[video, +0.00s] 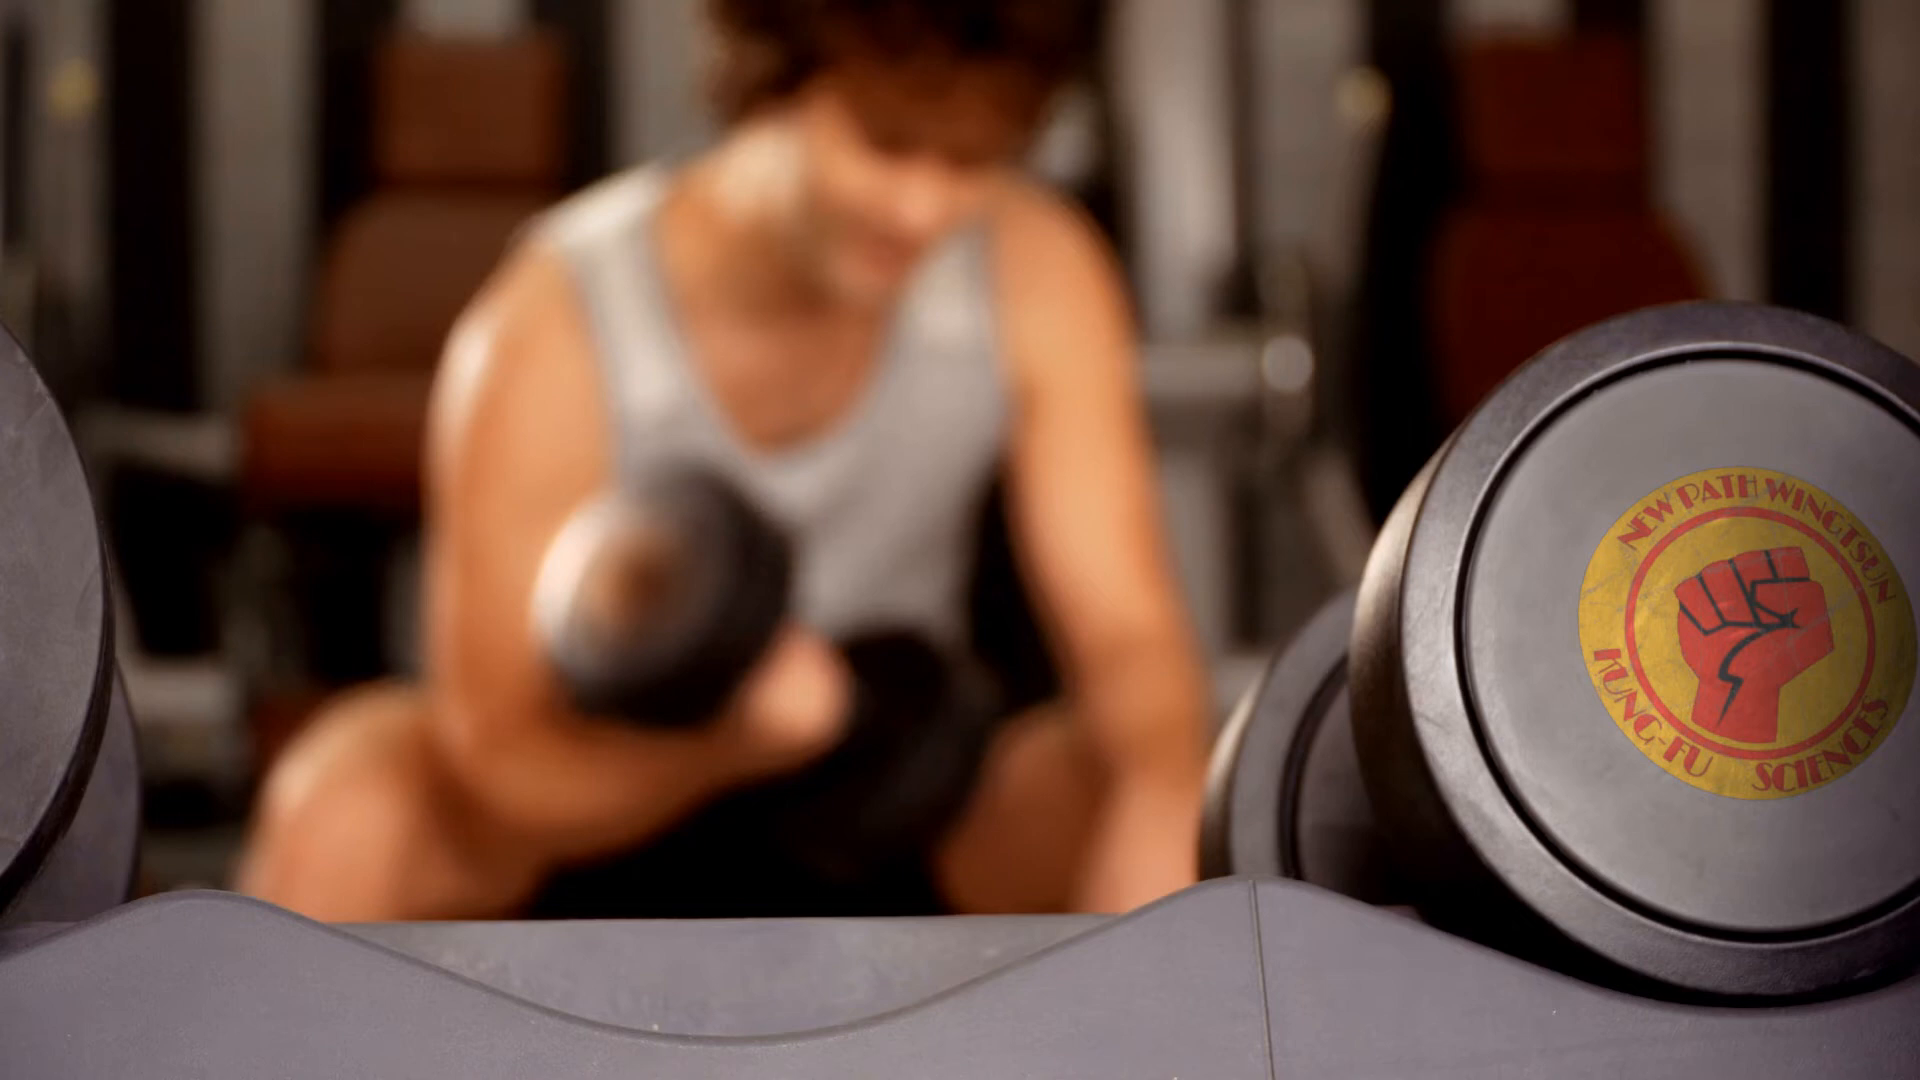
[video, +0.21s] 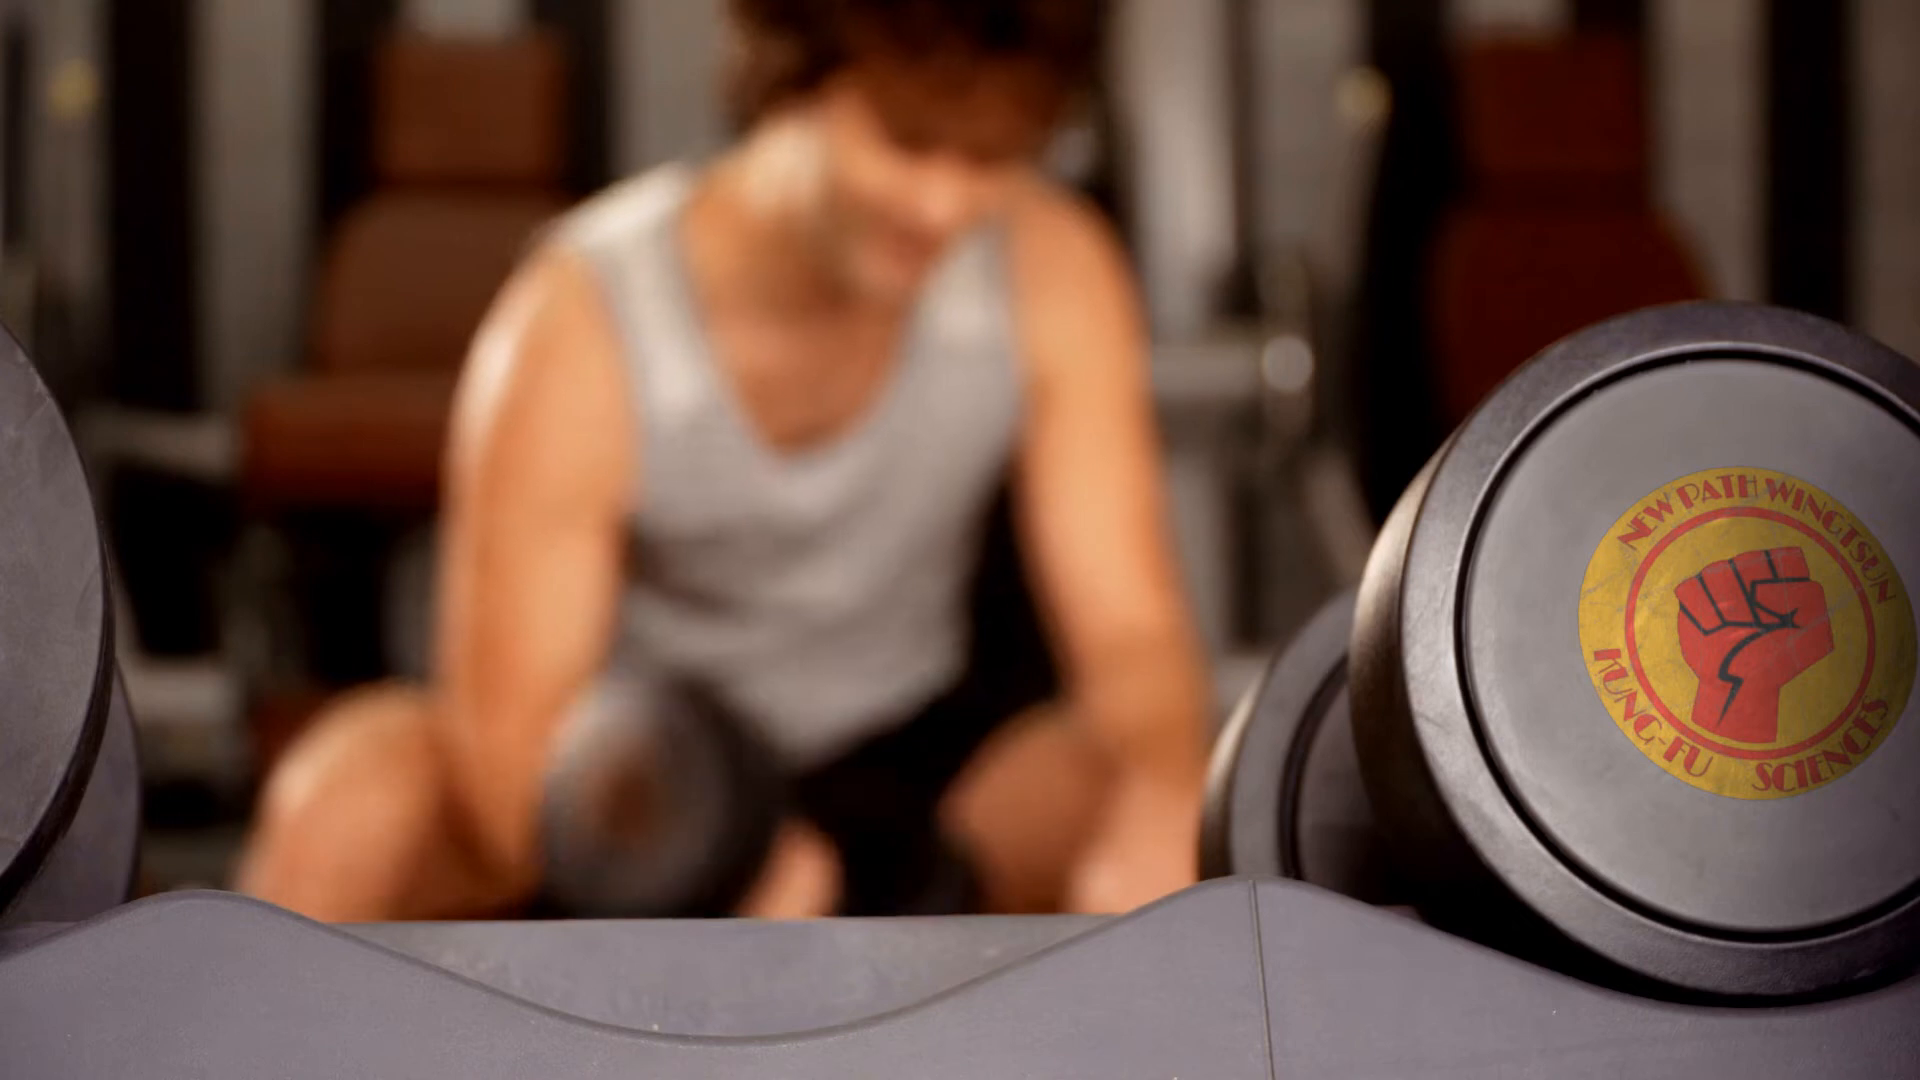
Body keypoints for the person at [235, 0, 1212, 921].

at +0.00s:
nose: (923, 208)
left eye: (974, 162)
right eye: (887, 143)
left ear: (1020, 147)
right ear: (776, 78)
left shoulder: (1030, 263)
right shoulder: (549, 325)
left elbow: (1131, 647)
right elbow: (513, 775)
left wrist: (1154, 836)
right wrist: (742, 738)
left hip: (885, 793)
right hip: (596, 806)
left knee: (1165, 798)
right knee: (345, 800)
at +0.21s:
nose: (944, 205)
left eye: (994, 159)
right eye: (908, 143)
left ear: (1039, 142)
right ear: (796, 81)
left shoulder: (1045, 262)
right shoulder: (580, 314)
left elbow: (1131, 640)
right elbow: (512, 765)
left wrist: (1154, 820)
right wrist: (742, 873)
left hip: (909, 776)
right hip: (624, 773)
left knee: (1172, 794)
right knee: (347, 789)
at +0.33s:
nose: (957, 214)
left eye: (1005, 166)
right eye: (923, 152)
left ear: (1045, 148)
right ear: (811, 92)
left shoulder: (1054, 267)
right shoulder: (599, 313)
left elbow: (1135, 655)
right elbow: (510, 778)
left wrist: (1153, 834)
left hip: (901, 780)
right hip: (623, 787)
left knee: (1157, 811)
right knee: (351, 792)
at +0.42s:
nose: (968, 221)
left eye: (1012, 173)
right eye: (932, 159)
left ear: (1053, 153)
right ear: (818, 102)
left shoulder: (1062, 270)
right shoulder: (612, 323)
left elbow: (1135, 658)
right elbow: (513, 793)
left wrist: (1151, 827)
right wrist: (619, 1049)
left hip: (901, 783)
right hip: (626, 793)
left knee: (1156, 822)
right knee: (356, 792)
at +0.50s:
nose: (976, 231)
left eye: (1016, 182)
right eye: (938, 170)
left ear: (1056, 158)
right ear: (828, 113)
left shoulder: (1064, 270)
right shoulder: (623, 333)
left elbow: (1135, 651)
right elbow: (520, 815)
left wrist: (1152, 814)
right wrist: (594, 1063)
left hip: (898, 783)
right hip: (623, 793)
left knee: (1153, 824)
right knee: (362, 797)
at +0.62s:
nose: (976, 256)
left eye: (1015, 206)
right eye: (938, 194)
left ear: (1057, 175)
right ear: (834, 135)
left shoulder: (1062, 273)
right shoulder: (626, 356)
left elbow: (1137, 656)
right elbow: (524, 830)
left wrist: (1150, 833)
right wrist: (538, 1074)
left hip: (898, 786)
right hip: (623, 796)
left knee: (1152, 810)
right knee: (363, 800)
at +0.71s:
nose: (964, 279)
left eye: (1008, 229)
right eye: (931, 216)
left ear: (1051, 196)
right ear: (828, 149)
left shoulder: (1058, 273)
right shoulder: (624, 369)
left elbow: (1136, 655)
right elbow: (519, 848)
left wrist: (1150, 844)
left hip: (898, 790)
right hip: (621, 801)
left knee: (1156, 803)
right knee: (361, 797)